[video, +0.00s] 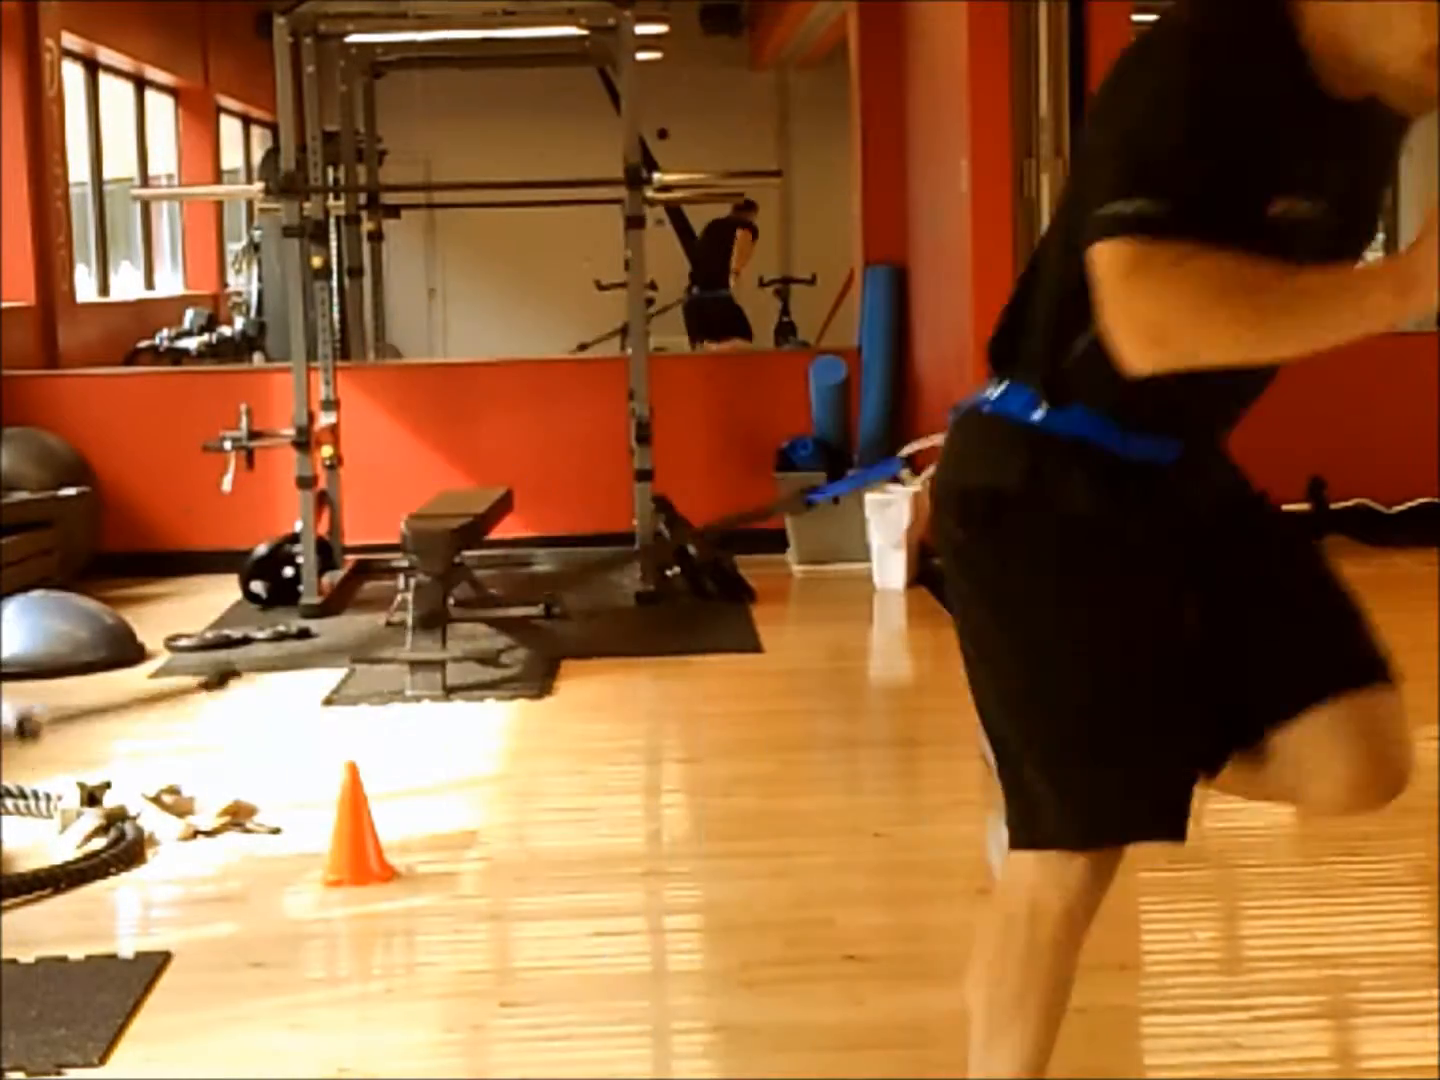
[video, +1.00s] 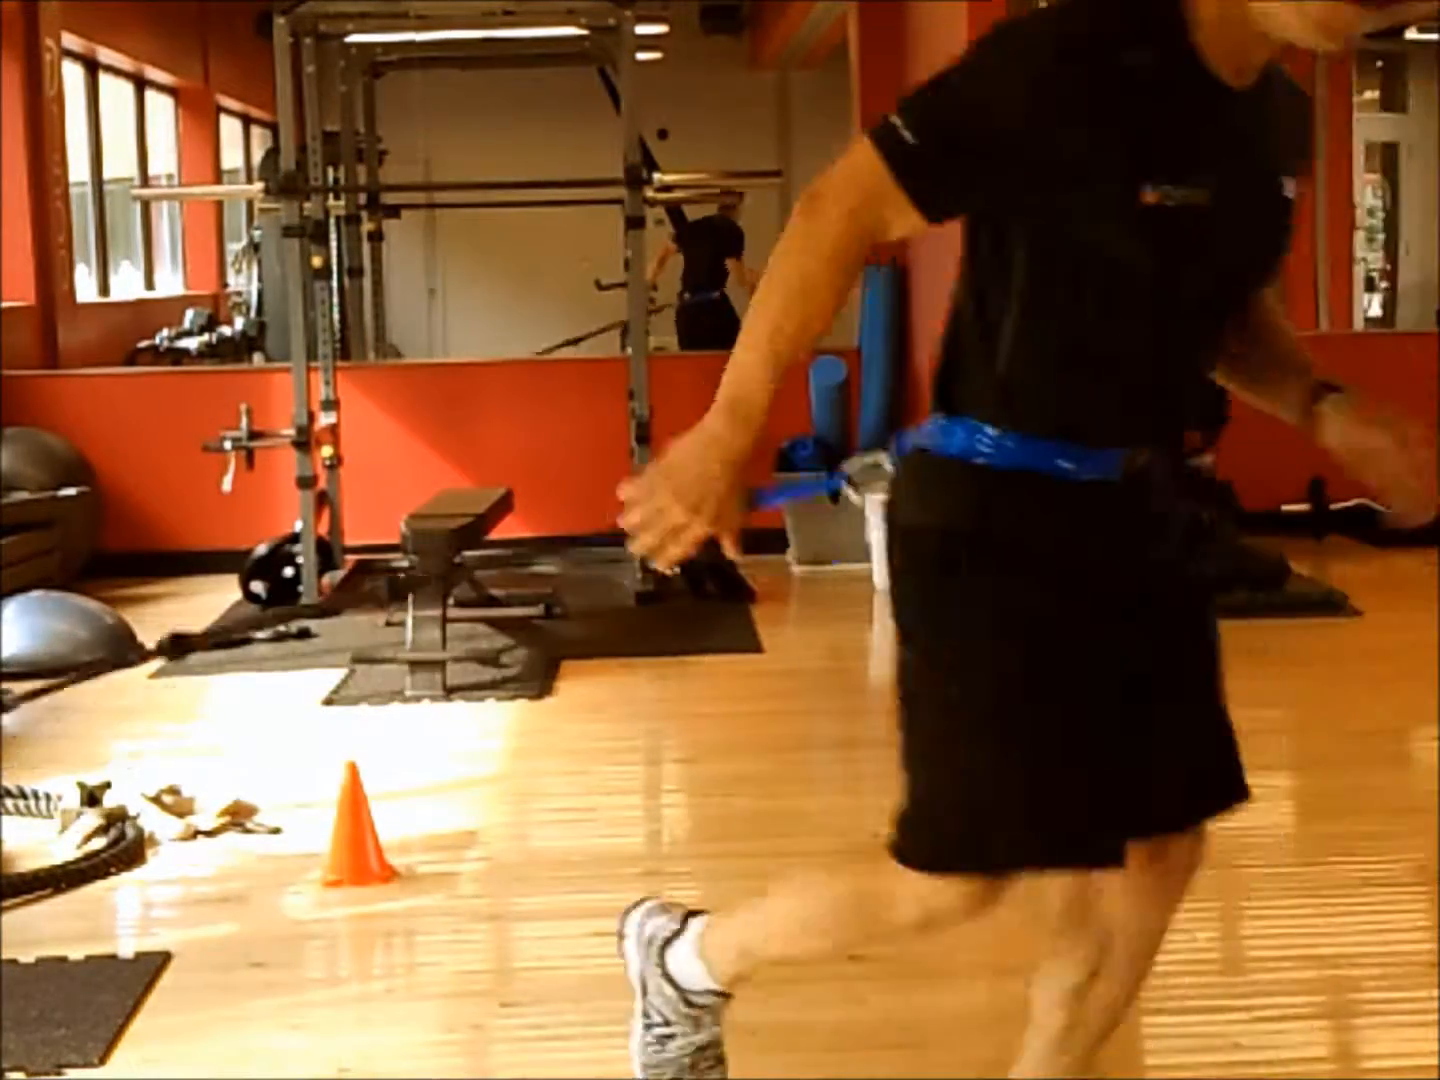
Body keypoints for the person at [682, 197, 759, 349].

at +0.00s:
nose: (754, 218)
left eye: (754, 215)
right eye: (754, 215)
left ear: (733, 211)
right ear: (752, 214)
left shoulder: (712, 224)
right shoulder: (747, 225)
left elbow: (698, 254)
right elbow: (743, 236)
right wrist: (737, 269)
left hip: (694, 300)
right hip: (718, 299)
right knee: (744, 339)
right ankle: (709, 348)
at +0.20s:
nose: (778, 216)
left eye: (778, 213)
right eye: (778, 212)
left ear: (760, 206)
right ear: (775, 210)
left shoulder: (731, 221)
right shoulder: (773, 226)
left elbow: (700, 245)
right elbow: (773, 278)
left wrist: (695, 284)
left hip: (719, 297)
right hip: (745, 296)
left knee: (726, 353)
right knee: (752, 353)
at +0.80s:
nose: (766, 208)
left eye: (766, 204)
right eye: (766, 204)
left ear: (745, 200)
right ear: (764, 204)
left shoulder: (718, 218)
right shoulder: (760, 225)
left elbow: (685, 244)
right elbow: (761, 278)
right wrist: (771, 308)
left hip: (705, 298)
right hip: (731, 297)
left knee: (714, 356)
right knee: (741, 355)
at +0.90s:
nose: (754, 218)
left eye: (753, 213)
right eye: (753, 213)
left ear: (732, 211)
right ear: (749, 213)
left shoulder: (704, 232)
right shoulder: (748, 238)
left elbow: (674, 248)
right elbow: (757, 277)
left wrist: (651, 278)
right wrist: (779, 289)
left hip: (698, 309)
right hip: (723, 309)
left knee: (704, 363)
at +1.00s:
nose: (741, 212)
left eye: (740, 206)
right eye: (740, 207)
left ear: (719, 206)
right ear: (736, 207)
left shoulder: (694, 226)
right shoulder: (732, 230)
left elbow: (665, 252)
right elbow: (738, 276)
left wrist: (651, 279)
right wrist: (752, 281)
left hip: (687, 305)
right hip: (716, 303)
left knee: (692, 362)